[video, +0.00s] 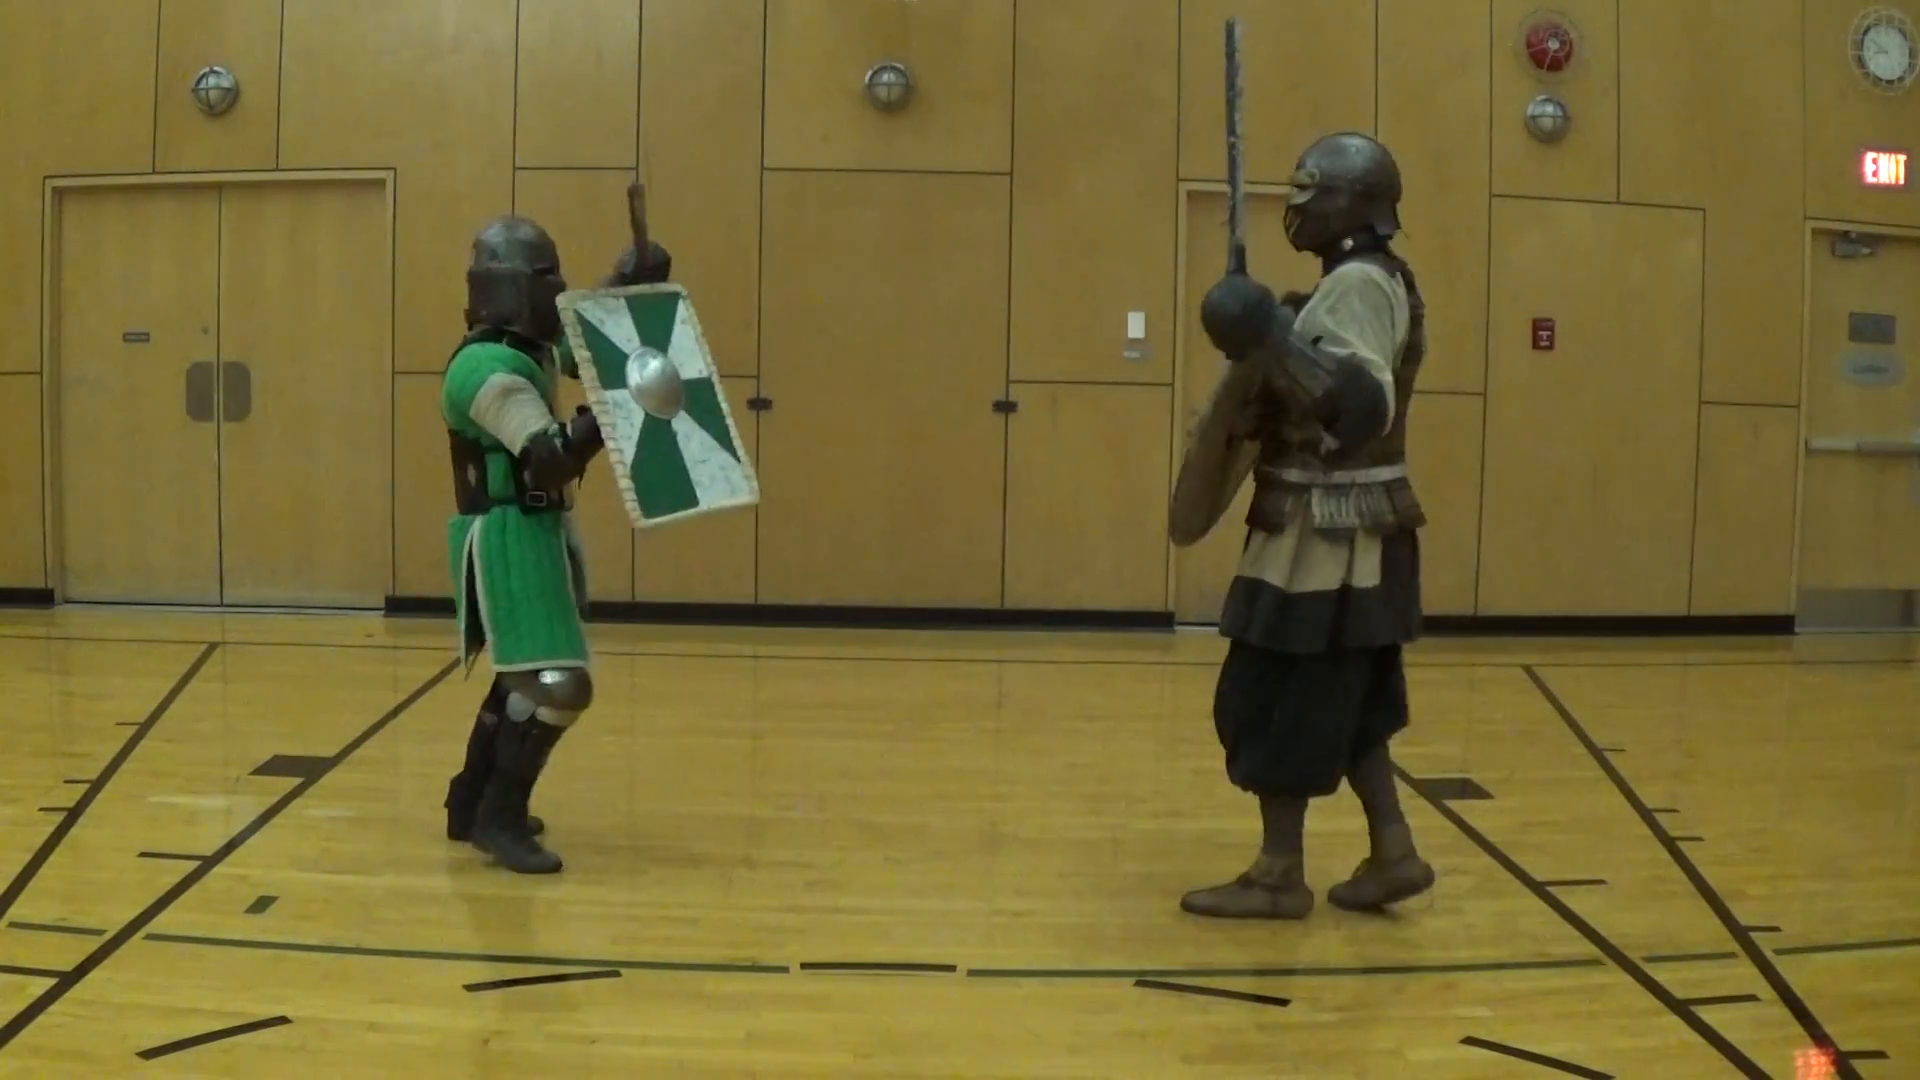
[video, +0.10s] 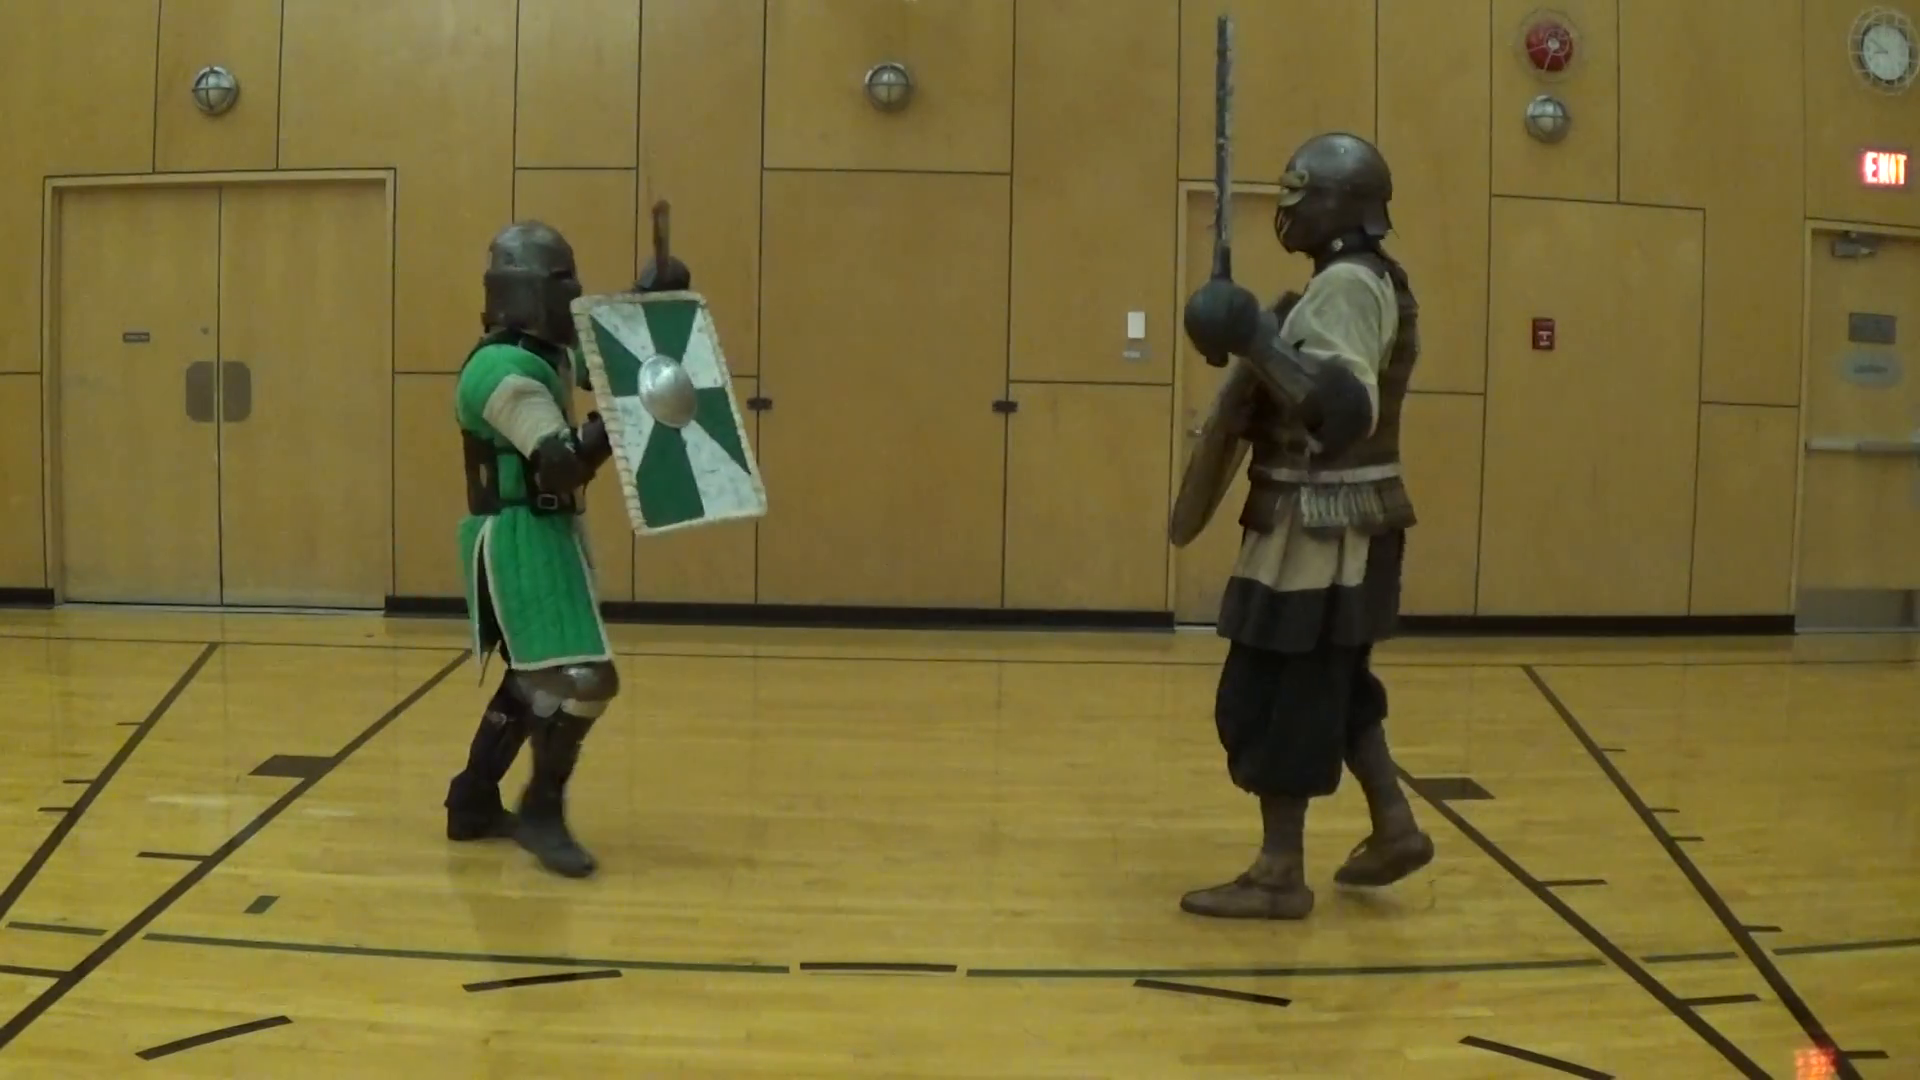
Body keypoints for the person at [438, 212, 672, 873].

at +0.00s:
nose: (556, 293)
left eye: (556, 280)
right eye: (544, 281)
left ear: (500, 290)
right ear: (507, 288)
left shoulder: (532, 355)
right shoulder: (486, 367)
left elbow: (600, 344)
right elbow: (549, 458)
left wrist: (628, 291)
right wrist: (618, 400)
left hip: (536, 527)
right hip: (508, 532)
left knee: (527, 674)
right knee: (559, 684)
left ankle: (474, 800)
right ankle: (501, 818)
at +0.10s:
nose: (575, 294)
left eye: (572, 281)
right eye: (562, 283)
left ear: (522, 296)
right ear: (523, 294)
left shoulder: (550, 360)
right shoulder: (501, 371)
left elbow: (621, 359)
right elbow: (557, 467)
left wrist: (652, 302)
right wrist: (619, 414)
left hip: (547, 531)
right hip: (517, 536)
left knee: (535, 672)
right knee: (587, 680)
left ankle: (473, 798)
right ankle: (543, 816)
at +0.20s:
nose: (598, 303)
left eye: (595, 290)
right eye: (586, 292)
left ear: (542, 299)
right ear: (554, 299)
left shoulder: (564, 363)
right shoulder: (526, 375)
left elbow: (631, 354)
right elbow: (576, 470)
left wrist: (667, 303)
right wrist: (633, 426)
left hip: (555, 539)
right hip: (538, 543)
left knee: (539, 680)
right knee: (601, 684)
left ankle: (473, 800)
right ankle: (614, 834)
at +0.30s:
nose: (628, 306)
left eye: (624, 294)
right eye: (615, 294)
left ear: (563, 306)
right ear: (580, 304)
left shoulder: (590, 369)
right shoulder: (553, 380)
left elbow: (650, 355)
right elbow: (604, 476)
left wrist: (692, 304)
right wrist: (669, 428)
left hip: (569, 545)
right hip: (566, 549)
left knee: (545, 685)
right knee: (628, 691)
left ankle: (474, 800)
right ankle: (667, 833)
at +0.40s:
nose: (659, 318)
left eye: (655, 306)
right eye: (649, 307)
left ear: (597, 316)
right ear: (621, 316)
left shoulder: (622, 376)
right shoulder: (589, 391)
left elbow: (687, 364)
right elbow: (643, 486)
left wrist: (721, 309)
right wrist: (707, 434)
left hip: (595, 556)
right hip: (609, 558)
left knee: (566, 689)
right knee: (671, 696)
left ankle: (477, 796)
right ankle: (689, 842)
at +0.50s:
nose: (698, 324)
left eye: (694, 312)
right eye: (689, 313)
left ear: (632, 320)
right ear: (664, 322)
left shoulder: (659, 380)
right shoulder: (629, 399)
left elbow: (725, 362)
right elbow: (687, 499)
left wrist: (762, 306)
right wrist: (755, 440)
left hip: (651, 562)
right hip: (653, 564)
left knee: (643, 702)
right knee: (719, 701)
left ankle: (514, 773)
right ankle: (695, 847)